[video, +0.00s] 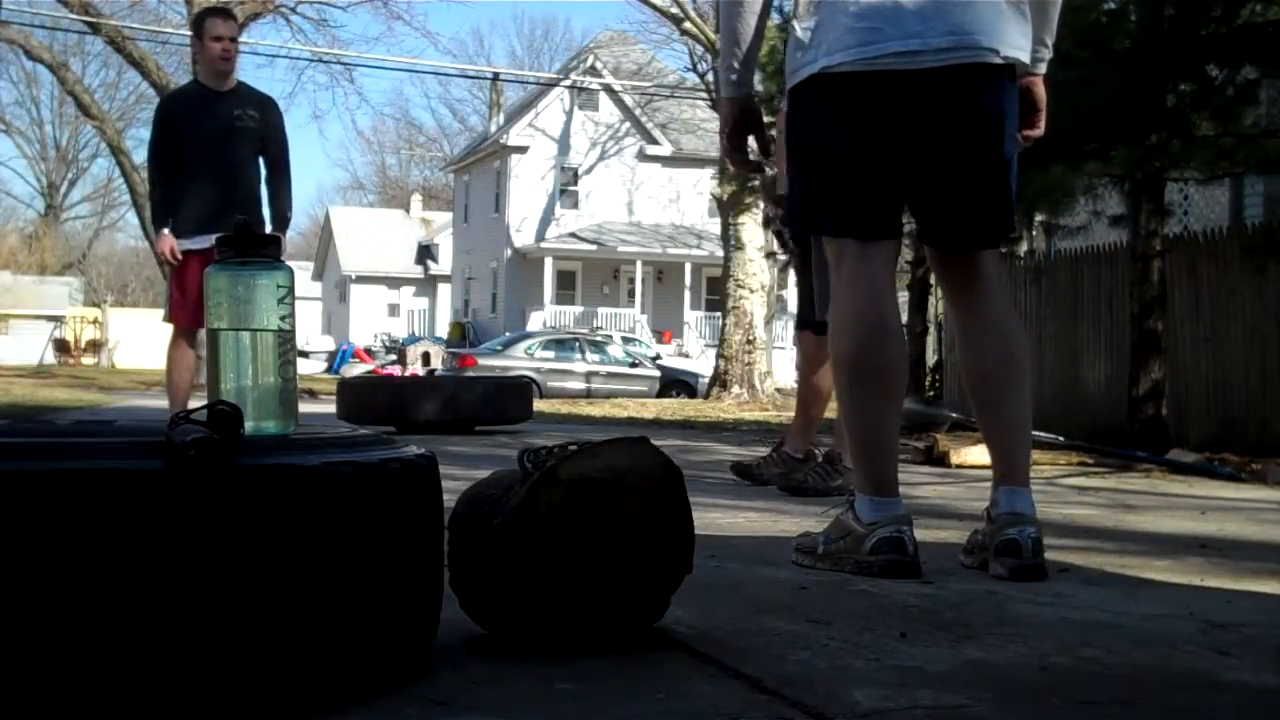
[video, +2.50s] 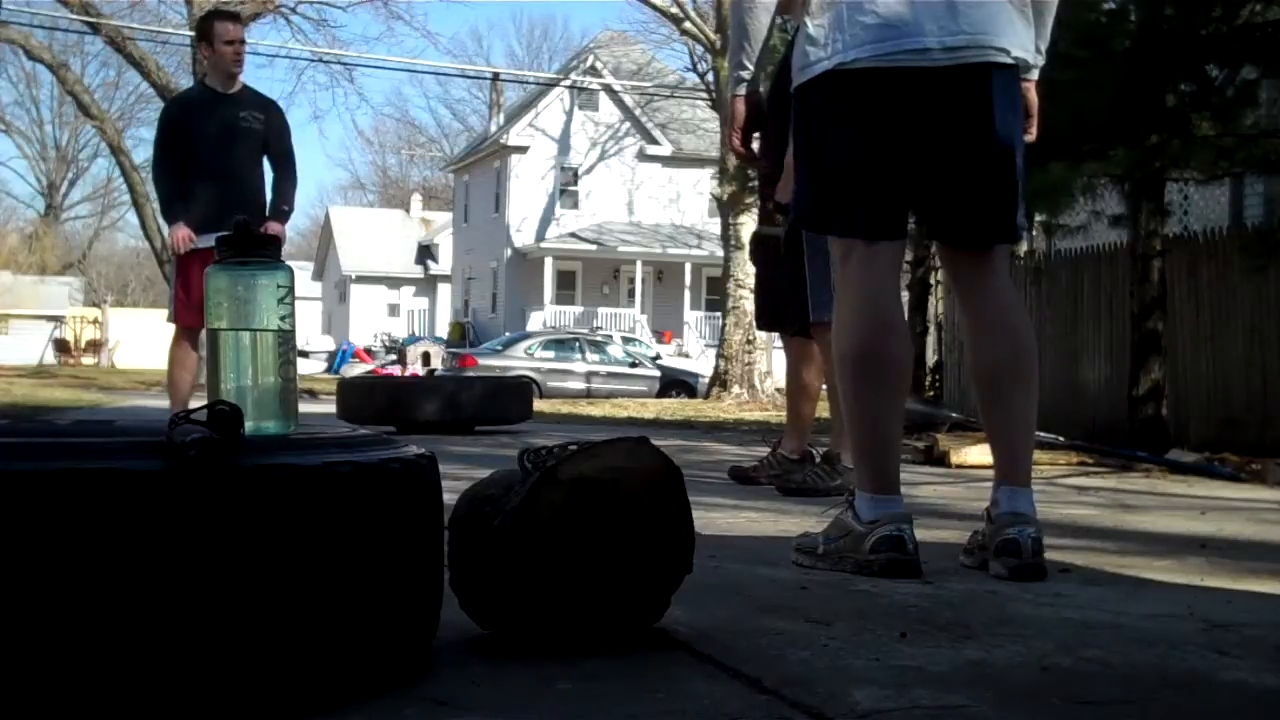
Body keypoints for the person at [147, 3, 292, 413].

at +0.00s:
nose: (228, 48)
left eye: (233, 40)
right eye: (218, 40)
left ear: (239, 46)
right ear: (197, 46)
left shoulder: (262, 106)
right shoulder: (172, 106)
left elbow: (278, 172)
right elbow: (159, 170)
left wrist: (279, 230)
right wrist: (161, 229)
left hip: (246, 237)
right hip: (189, 238)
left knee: (245, 334)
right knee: (186, 332)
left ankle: (242, 424)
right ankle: (178, 422)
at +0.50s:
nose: (235, 49)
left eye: (238, 42)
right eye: (225, 41)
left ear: (243, 46)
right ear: (201, 45)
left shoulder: (263, 106)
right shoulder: (176, 104)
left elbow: (285, 167)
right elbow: (152, 163)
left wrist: (268, 206)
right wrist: (164, 203)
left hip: (246, 239)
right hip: (193, 239)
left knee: (245, 335)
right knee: (187, 331)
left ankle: (242, 425)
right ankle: (178, 421)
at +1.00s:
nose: (235, 47)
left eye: (239, 40)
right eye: (225, 39)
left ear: (243, 46)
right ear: (201, 46)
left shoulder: (262, 107)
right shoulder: (175, 105)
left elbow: (289, 166)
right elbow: (152, 166)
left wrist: (273, 190)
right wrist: (175, 189)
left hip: (246, 236)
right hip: (193, 237)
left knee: (245, 333)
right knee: (187, 331)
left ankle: (243, 424)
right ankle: (178, 421)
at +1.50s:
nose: (239, 50)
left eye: (241, 43)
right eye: (229, 43)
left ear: (245, 47)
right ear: (203, 48)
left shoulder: (263, 109)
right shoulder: (177, 108)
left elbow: (284, 166)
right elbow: (162, 168)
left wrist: (273, 211)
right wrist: (176, 217)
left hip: (250, 238)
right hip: (195, 238)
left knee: (250, 334)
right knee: (188, 331)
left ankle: (248, 424)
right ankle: (178, 421)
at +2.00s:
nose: (239, 50)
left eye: (242, 43)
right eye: (229, 43)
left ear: (246, 47)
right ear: (204, 49)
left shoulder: (265, 110)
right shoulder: (178, 109)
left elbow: (285, 167)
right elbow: (163, 170)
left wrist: (278, 210)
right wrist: (177, 213)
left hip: (252, 238)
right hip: (197, 237)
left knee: (252, 332)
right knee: (189, 329)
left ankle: (249, 423)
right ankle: (178, 420)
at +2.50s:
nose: (239, 51)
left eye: (242, 44)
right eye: (229, 44)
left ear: (246, 47)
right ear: (205, 50)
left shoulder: (266, 110)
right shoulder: (178, 109)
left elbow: (285, 170)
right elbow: (163, 170)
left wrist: (278, 219)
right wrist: (175, 221)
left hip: (250, 240)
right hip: (196, 239)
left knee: (251, 334)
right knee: (189, 330)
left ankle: (248, 424)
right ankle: (179, 421)